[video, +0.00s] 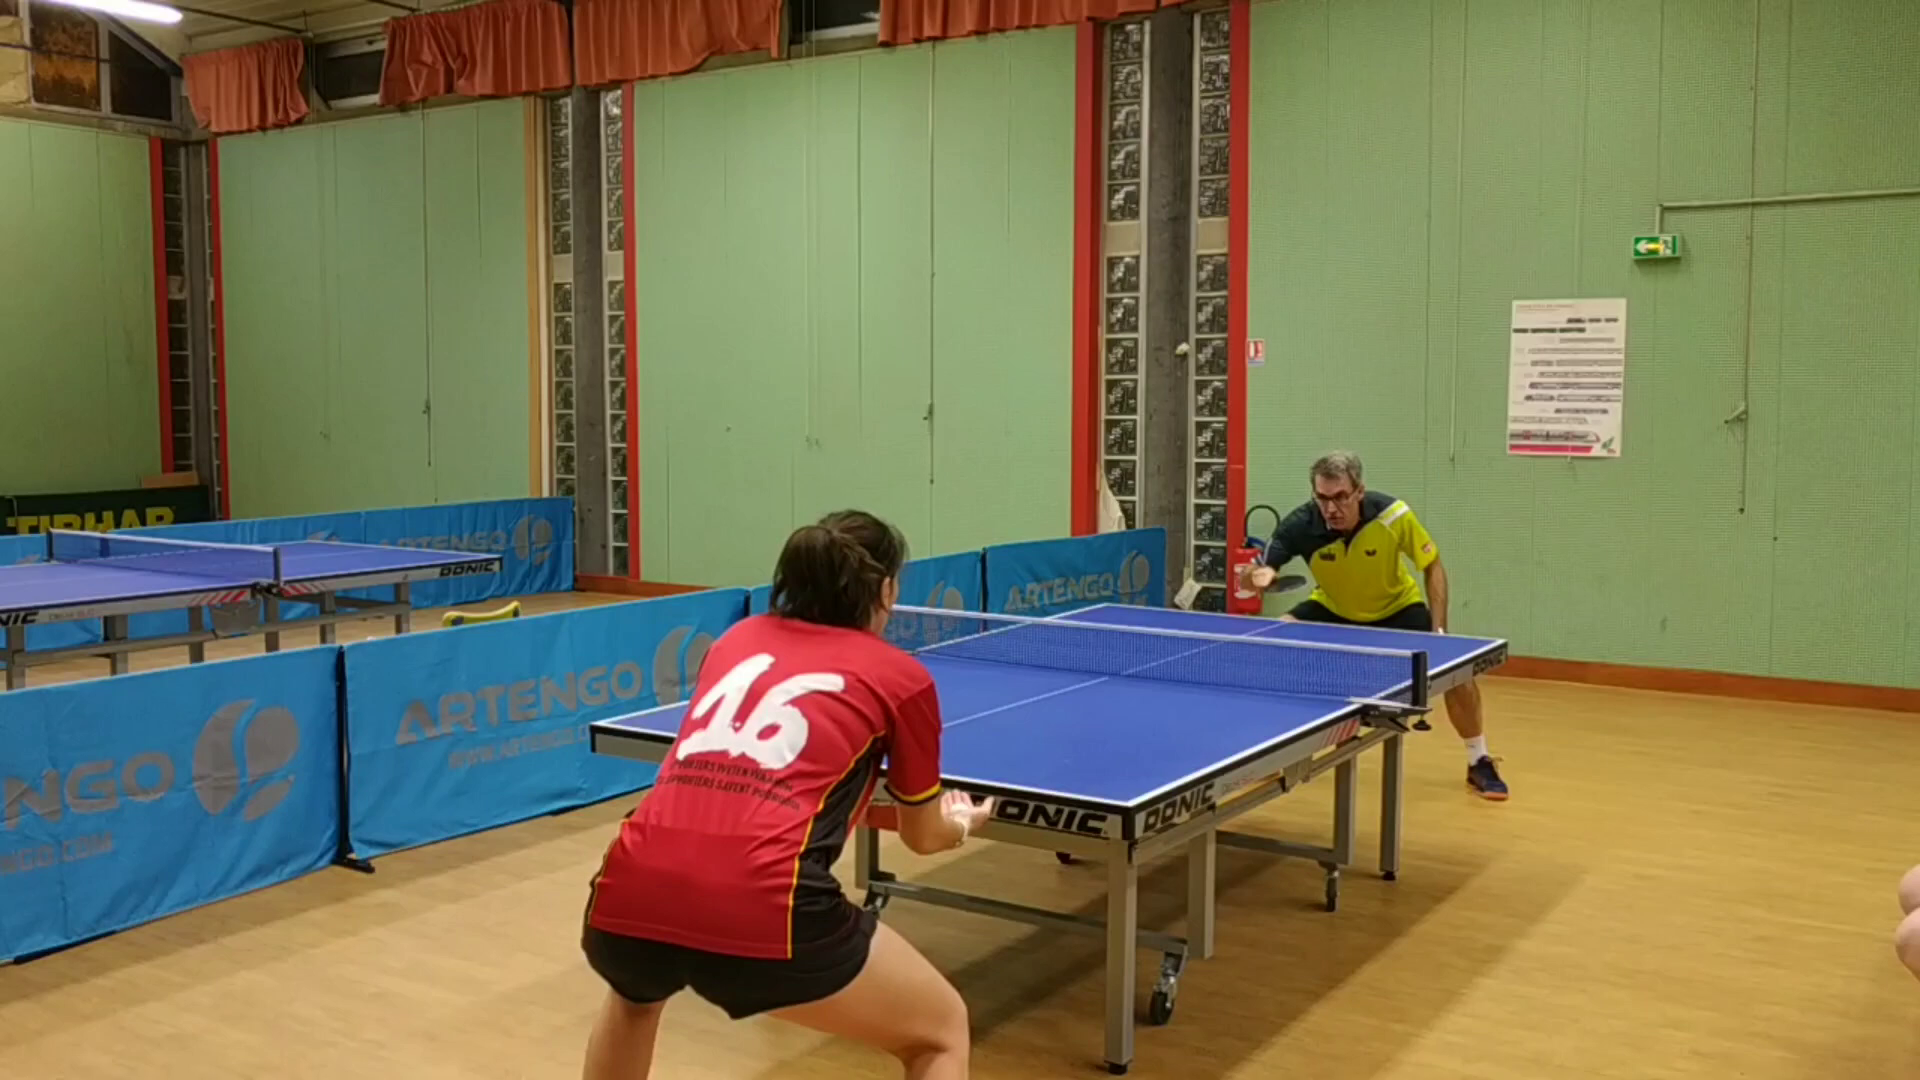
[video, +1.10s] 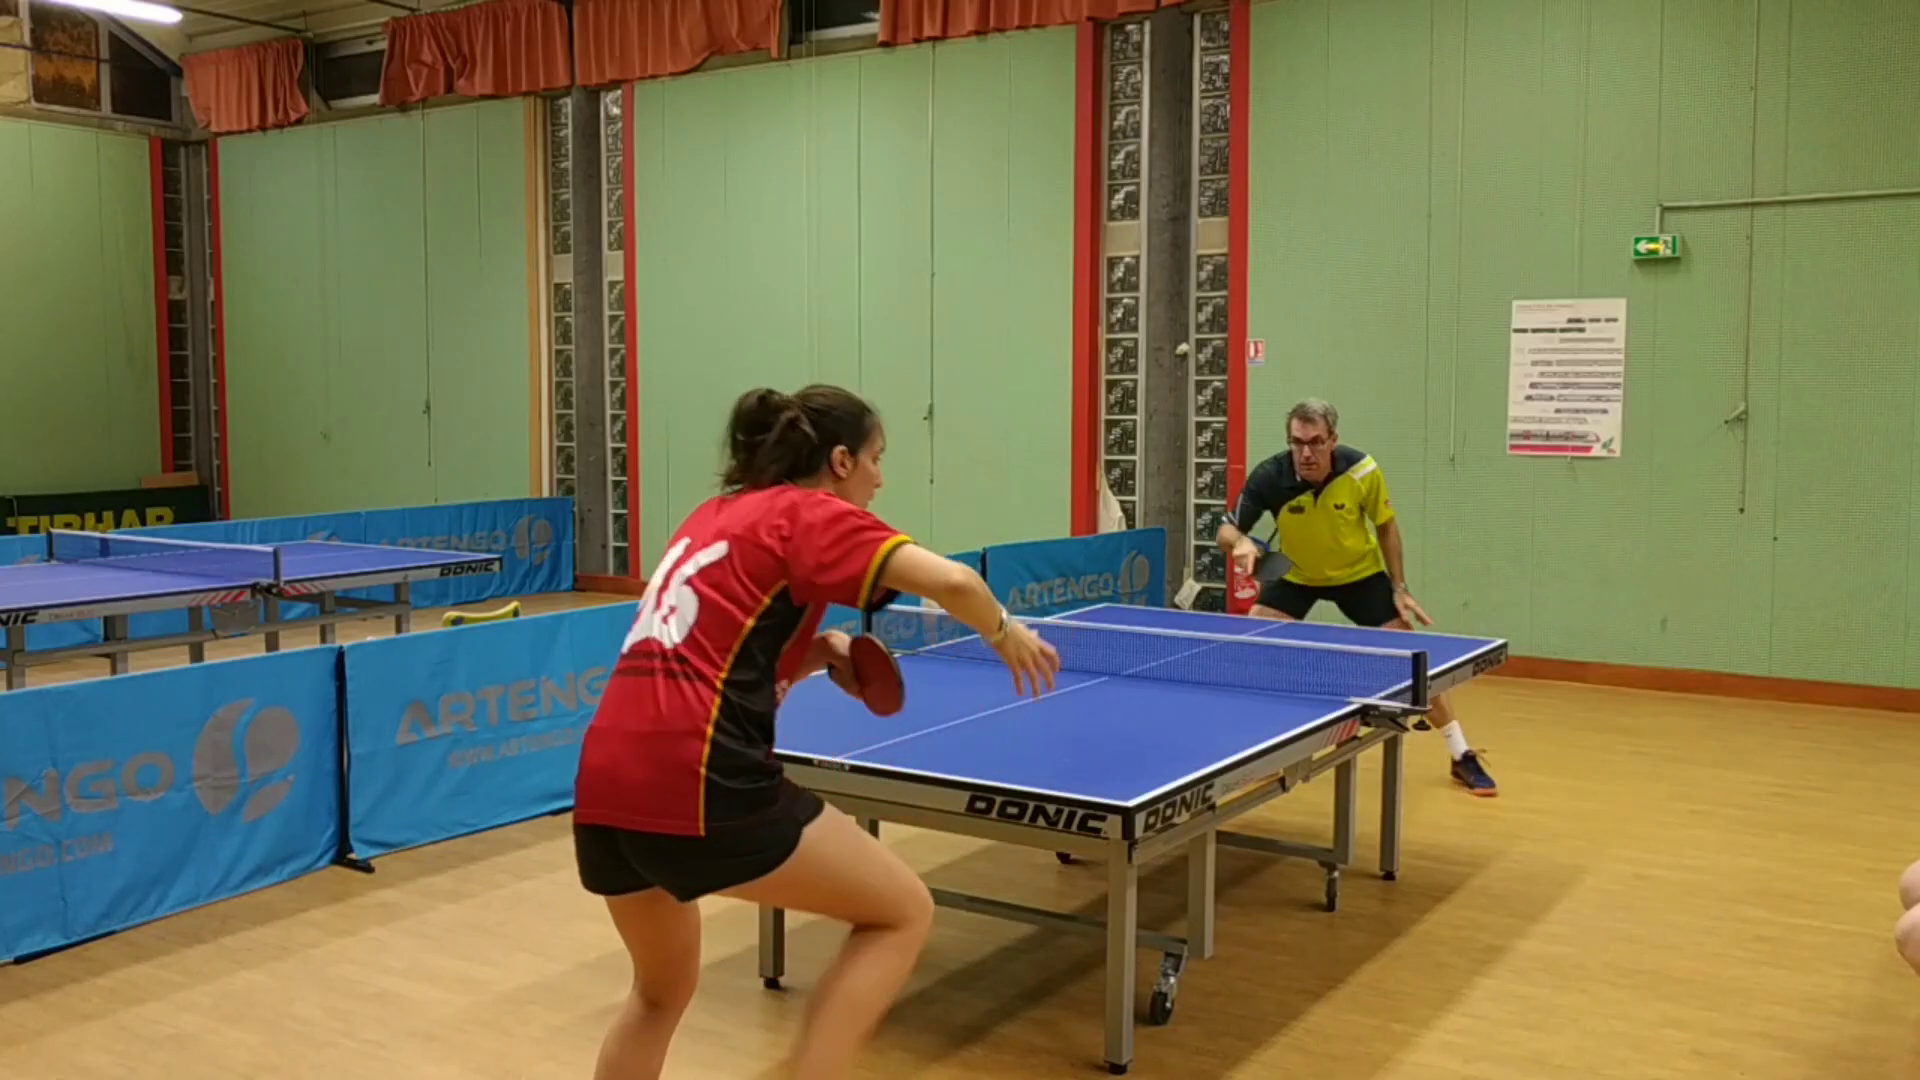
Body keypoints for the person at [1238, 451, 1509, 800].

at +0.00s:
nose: (1331, 508)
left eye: (1340, 498)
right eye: (1323, 499)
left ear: (1359, 491)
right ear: (1313, 495)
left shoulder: (1391, 514)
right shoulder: (1300, 524)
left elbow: (1432, 565)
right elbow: (1264, 570)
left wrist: (1438, 630)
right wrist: (1257, 577)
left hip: (1397, 608)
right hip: (1332, 607)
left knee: (1454, 665)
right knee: (1269, 642)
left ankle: (1480, 761)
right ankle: (1274, 753)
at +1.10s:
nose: (1306, 453)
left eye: (1316, 443)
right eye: (1298, 443)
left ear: (1333, 440)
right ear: (1288, 442)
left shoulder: (1360, 469)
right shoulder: (1269, 476)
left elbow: (1386, 527)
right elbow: (1227, 531)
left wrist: (1399, 588)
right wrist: (1240, 542)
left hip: (1360, 575)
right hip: (1299, 577)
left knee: (1409, 655)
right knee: (1249, 641)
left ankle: (1462, 755)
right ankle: (1252, 753)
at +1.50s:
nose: (1318, 445)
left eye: (1328, 435)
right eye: (1311, 435)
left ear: (1344, 431)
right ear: (1301, 432)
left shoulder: (1369, 461)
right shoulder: (1278, 471)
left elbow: (1389, 518)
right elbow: (1239, 529)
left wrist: (1398, 576)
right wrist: (1268, 548)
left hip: (1364, 573)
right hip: (1300, 574)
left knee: (1410, 650)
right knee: (1257, 647)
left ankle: (1435, 745)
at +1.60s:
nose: (1348, 454)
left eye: (1357, 444)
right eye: (1339, 445)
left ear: (1370, 438)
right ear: (1326, 439)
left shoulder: (1388, 465)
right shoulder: (1299, 476)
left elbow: (1399, 521)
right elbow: (1269, 545)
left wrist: (1411, 577)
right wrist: (1323, 557)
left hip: (1374, 575)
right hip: (1311, 577)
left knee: (1422, 652)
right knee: (1268, 633)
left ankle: (1453, 751)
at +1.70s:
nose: (1381, 468)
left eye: (1390, 459)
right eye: (1372, 459)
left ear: (1401, 454)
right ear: (1355, 450)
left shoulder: (1409, 475)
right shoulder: (1329, 485)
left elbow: (1412, 529)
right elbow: (1315, 567)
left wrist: (1428, 584)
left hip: (1386, 582)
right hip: (1327, 582)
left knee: (1435, 642)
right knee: (1282, 632)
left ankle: (1456, 751)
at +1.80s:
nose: (1413, 481)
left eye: (1420, 472)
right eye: (1404, 470)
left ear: (1429, 468)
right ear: (1385, 461)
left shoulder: (1425, 486)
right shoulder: (1355, 498)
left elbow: (1423, 533)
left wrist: (1447, 584)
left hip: (1401, 579)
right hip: (1341, 580)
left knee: (1448, 648)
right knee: (1296, 637)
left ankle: (1456, 751)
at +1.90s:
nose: (1439, 488)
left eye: (1447, 480)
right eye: (1431, 478)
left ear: (1454, 475)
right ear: (1408, 469)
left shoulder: (1434, 492)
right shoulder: (1378, 506)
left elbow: (1430, 530)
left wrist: (1452, 580)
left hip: (1408, 579)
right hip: (1351, 582)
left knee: (1456, 649)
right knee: (1306, 645)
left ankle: (1458, 752)